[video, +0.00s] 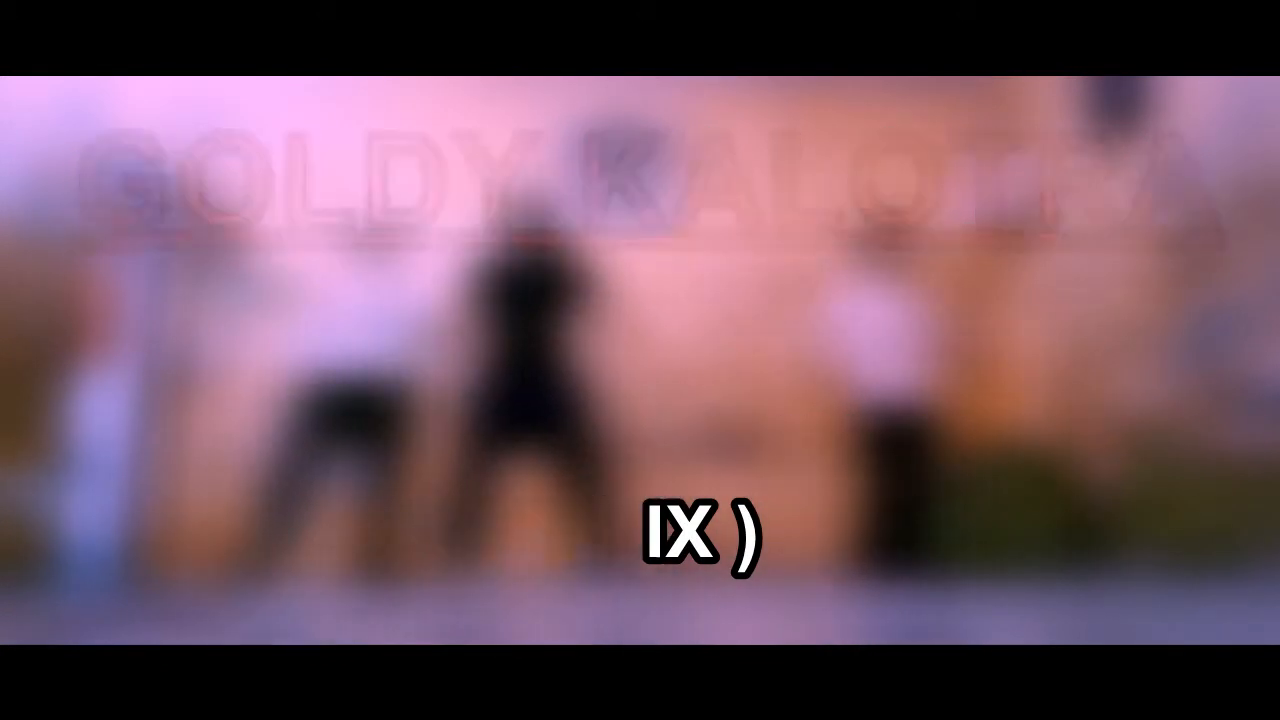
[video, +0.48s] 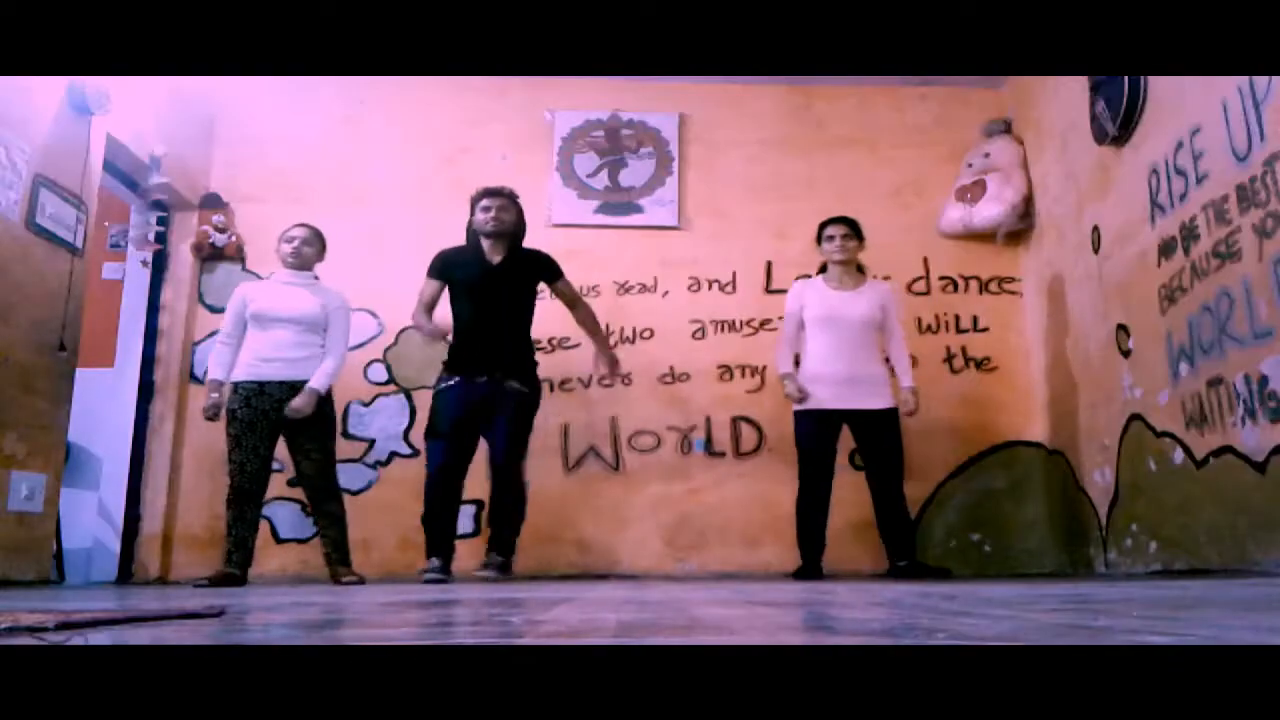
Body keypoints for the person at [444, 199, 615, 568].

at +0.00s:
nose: (531, 238)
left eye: (539, 228)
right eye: (522, 228)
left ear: (551, 231)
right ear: (511, 231)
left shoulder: (558, 269)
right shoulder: (500, 269)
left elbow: (575, 294)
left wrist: (551, 253)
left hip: (549, 384)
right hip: (506, 383)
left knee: (584, 463)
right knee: (475, 466)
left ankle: (599, 547)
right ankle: (461, 550)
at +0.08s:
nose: (512, 217)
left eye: (521, 211)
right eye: (503, 212)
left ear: (536, 220)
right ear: (490, 224)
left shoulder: (561, 266)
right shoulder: (477, 270)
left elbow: (592, 316)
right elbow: (457, 320)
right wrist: (445, 334)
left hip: (545, 382)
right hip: (488, 382)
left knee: (560, 472)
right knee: (470, 474)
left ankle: (566, 555)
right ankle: (459, 558)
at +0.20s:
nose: (499, 216)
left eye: (508, 210)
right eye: (490, 211)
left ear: (523, 220)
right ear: (478, 223)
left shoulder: (548, 265)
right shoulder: (462, 271)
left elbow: (585, 314)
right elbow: (444, 324)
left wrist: (569, 329)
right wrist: (435, 354)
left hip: (531, 381)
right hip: (477, 379)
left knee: (523, 473)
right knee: (458, 469)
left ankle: (507, 558)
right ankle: (454, 559)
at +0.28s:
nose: (495, 219)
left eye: (504, 214)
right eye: (487, 215)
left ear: (520, 225)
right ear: (475, 226)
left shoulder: (542, 272)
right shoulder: (457, 274)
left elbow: (579, 317)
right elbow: (437, 324)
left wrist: (578, 336)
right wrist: (422, 365)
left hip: (522, 385)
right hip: (467, 383)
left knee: (517, 476)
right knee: (451, 473)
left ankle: (507, 559)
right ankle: (452, 559)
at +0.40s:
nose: (494, 214)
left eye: (503, 209)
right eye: (485, 210)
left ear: (519, 222)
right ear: (473, 222)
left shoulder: (538, 266)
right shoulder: (452, 266)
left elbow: (575, 306)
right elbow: (426, 312)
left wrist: (585, 320)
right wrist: (418, 343)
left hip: (518, 383)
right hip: (462, 382)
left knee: (522, 476)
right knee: (448, 472)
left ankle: (508, 557)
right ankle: (449, 558)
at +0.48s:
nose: (493, 214)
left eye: (503, 210)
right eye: (485, 209)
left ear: (519, 221)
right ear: (472, 220)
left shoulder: (536, 263)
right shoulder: (450, 261)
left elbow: (576, 304)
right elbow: (420, 312)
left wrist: (603, 348)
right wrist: (430, 328)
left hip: (514, 381)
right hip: (461, 380)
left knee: (507, 470)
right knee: (443, 470)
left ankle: (499, 556)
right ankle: (438, 557)